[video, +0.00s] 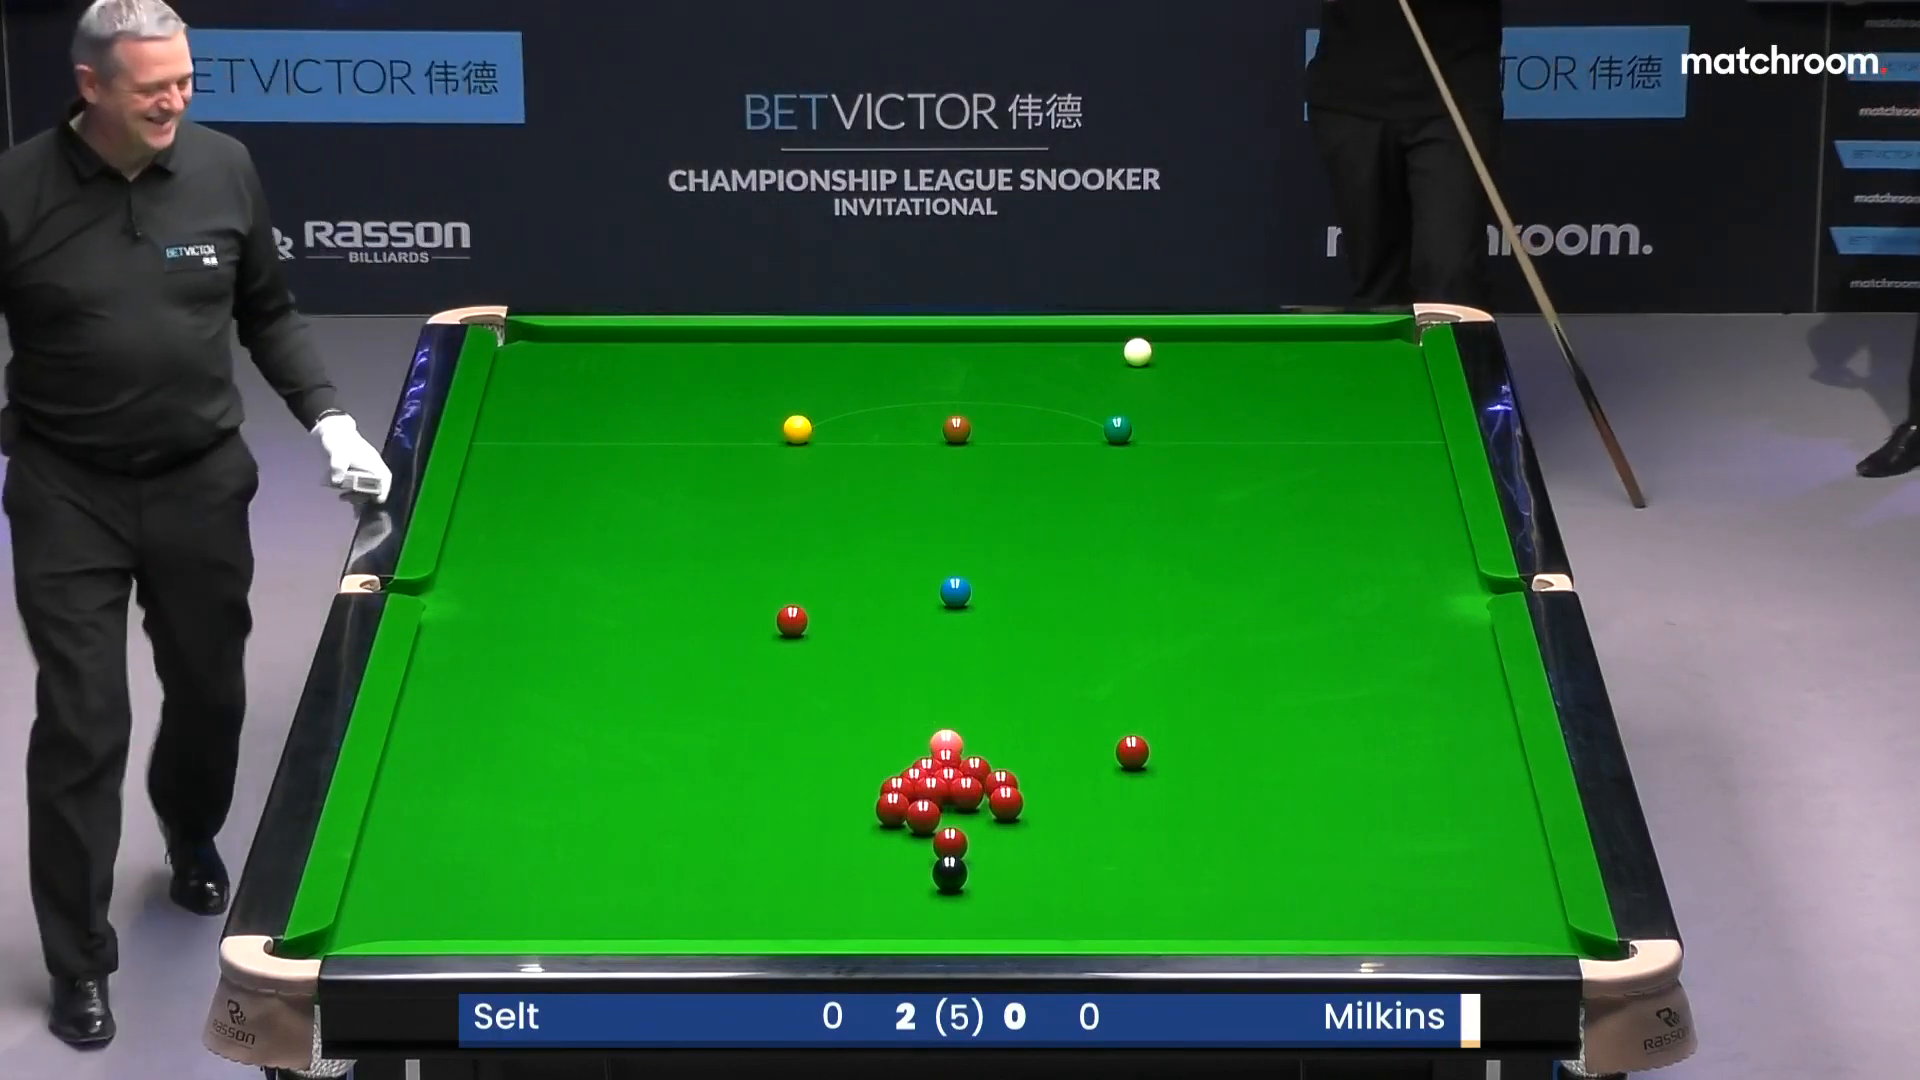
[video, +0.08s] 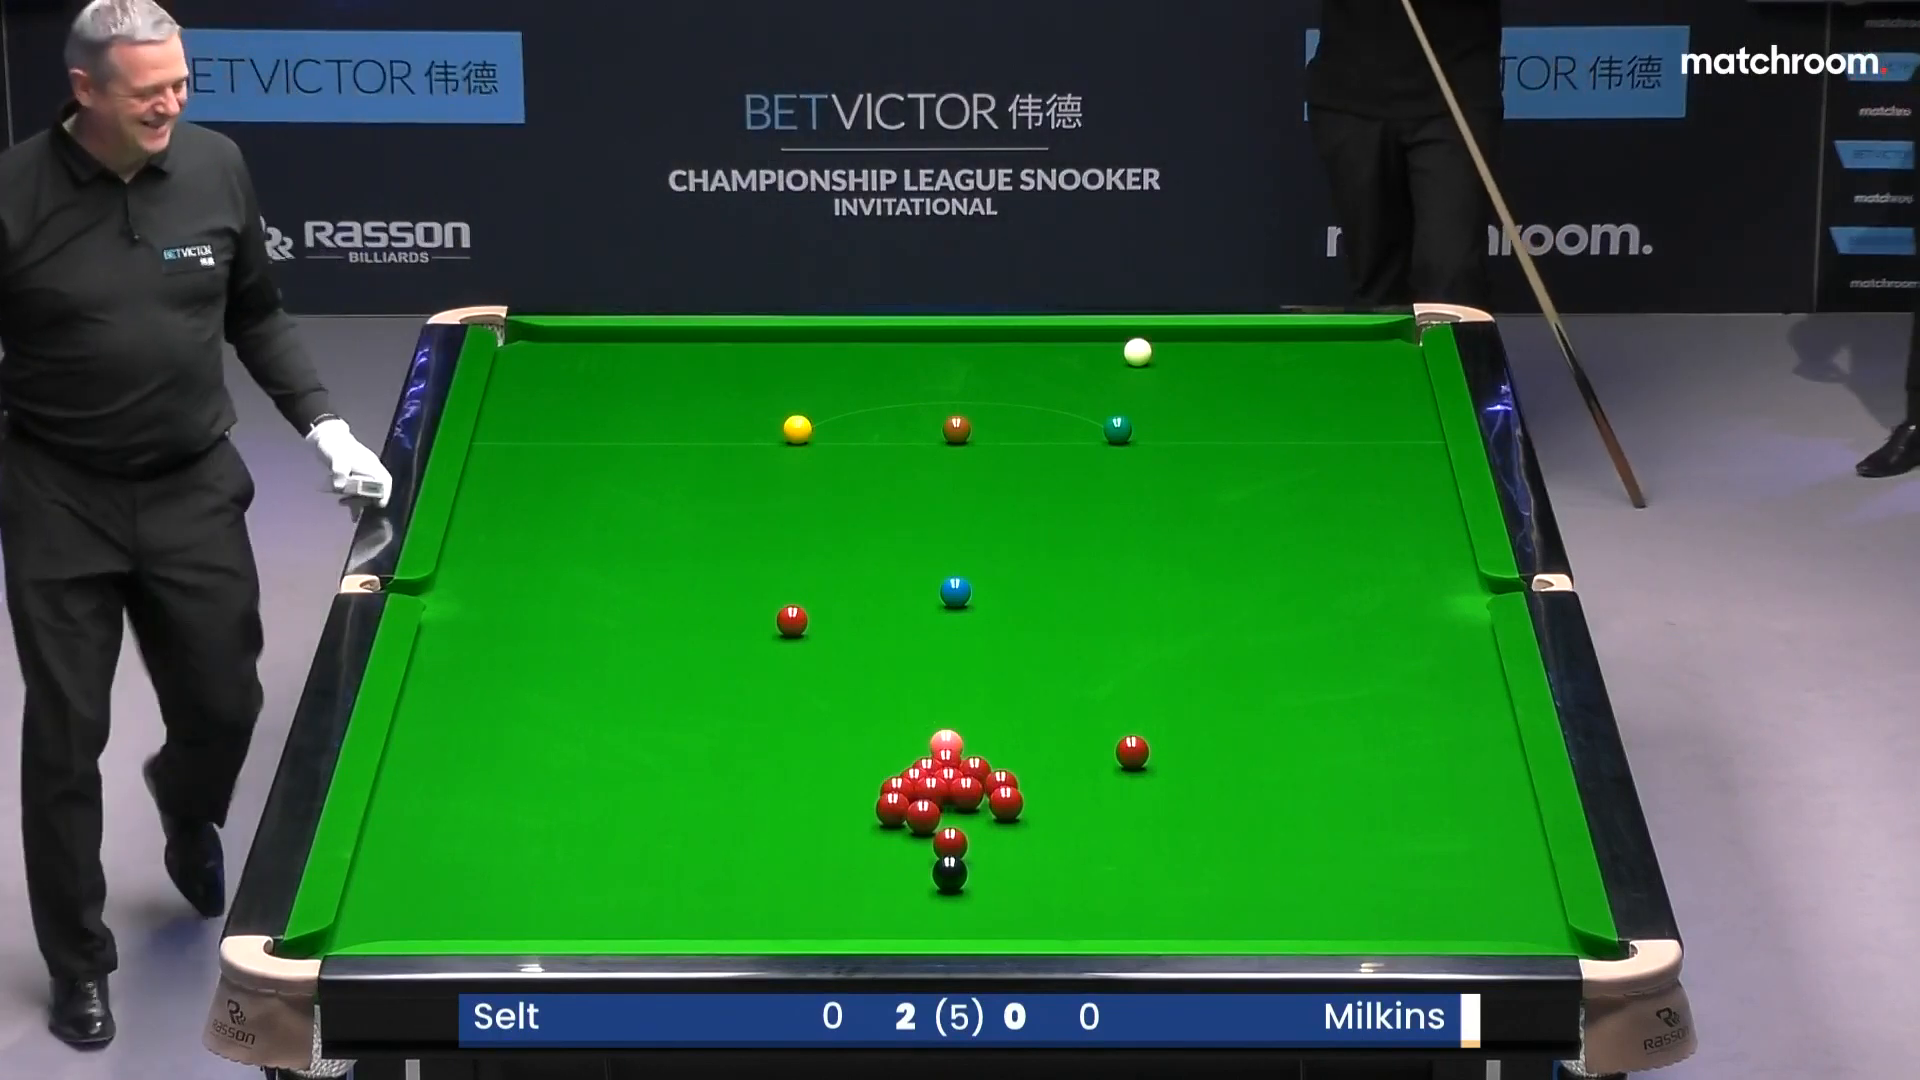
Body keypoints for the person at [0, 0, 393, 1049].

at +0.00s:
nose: (173, 105)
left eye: (182, 84)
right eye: (151, 91)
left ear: (192, 70)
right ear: (89, 84)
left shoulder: (222, 169)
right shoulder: (18, 189)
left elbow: (269, 311)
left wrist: (330, 417)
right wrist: (0, 457)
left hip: (200, 483)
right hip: (63, 486)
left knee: (212, 695)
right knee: (83, 722)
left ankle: (190, 831)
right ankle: (78, 960)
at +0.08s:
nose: (171, 107)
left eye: (179, 87)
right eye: (149, 94)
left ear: (186, 73)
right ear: (83, 89)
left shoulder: (213, 167)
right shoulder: (16, 192)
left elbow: (258, 312)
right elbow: (0, 349)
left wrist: (324, 426)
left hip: (193, 489)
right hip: (54, 491)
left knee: (226, 704)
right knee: (66, 733)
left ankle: (185, 805)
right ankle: (77, 956)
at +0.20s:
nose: (175, 115)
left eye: (184, 95)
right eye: (154, 100)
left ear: (189, 84)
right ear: (88, 96)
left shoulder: (208, 174)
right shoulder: (13, 205)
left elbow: (251, 323)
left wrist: (325, 440)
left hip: (193, 503)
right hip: (49, 516)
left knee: (232, 712)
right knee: (61, 756)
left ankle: (168, 839)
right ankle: (76, 960)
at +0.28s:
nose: (184, 126)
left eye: (192, 106)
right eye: (164, 112)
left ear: (196, 96)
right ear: (96, 107)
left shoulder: (207, 182)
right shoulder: (18, 214)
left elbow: (248, 331)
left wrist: (324, 445)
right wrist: (17, 494)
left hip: (193, 514)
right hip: (55, 533)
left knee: (232, 723)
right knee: (63, 760)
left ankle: (175, 919)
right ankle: (76, 959)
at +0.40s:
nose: (201, 149)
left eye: (208, 130)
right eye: (182, 133)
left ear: (211, 121)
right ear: (111, 126)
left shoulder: (217, 203)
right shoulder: (29, 235)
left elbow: (245, 347)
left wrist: (319, 451)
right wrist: (84, 480)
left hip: (205, 538)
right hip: (67, 549)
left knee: (207, 783)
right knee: (67, 773)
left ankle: (213, 1006)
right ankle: (80, 974)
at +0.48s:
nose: (222, 166)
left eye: (230, 146)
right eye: (204, 149)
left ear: (227, 135)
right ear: (131, 142)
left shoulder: (228, 221)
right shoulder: (50, 249)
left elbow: (248, 363)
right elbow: (18, 426)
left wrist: (322, 460)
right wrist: (133, 481)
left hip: (211, 556)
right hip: (77, 565)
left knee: (206, 802)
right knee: (75, 784)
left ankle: (212, 1031)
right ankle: (81, 973)